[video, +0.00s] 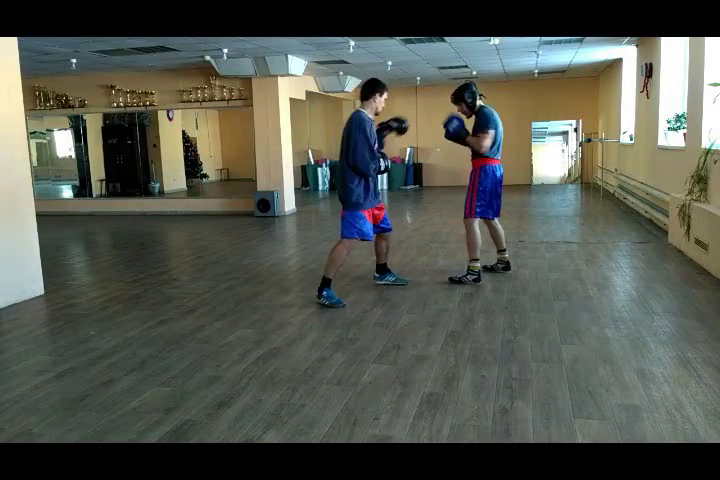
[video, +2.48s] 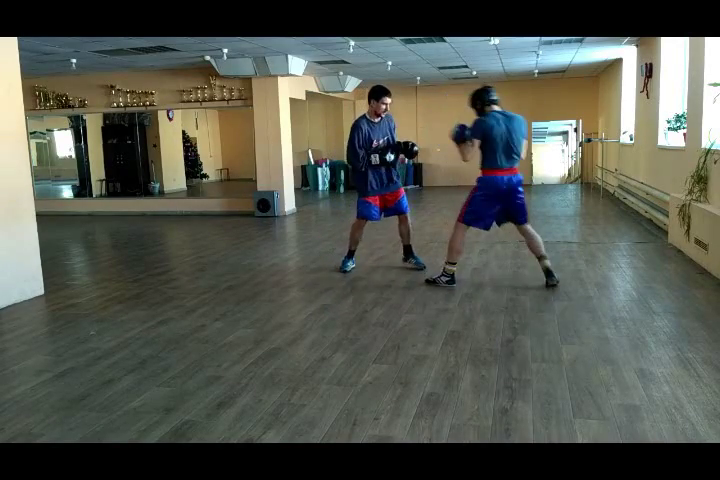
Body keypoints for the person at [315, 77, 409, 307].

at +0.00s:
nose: (384, 104)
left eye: (385, 100)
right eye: (384, 99)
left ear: (371, 97)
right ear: (375, 97)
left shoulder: (366, 121)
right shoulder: (360, 121)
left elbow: (370, 148)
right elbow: (361, 162)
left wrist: (384, 131)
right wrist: (383, 163)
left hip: (369, 191)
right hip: (356, 193)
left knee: (384, 231)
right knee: (349, 239)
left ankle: (382, 271)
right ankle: (324, 288)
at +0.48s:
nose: (383, 103)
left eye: (384, 98)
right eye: (382, 97)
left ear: (370, 95)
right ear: (371, 94)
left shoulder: (375, 118)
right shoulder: (352, 118)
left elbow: (392, 120)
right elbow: (346, 158)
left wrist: (409, 110)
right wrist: (372, 158)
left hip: (367, 184)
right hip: (350, 186)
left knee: (375, 228)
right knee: (346, 231)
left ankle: (381, 272)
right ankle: (319, 267)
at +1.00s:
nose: (385, 106)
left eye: (387, 102)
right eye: (383, 101)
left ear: (380, 102)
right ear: (372, 100)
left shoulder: (382, 123)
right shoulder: (353, 124)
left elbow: (389, 141)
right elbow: (344, 161)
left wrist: (407, 121)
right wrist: (373, 162)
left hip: (375, 188)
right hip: (351, 189)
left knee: (386, 224)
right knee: (336, 229)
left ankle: (388, 265)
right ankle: (317, 272)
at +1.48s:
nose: (384, 104)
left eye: (385, 100)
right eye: (382, 100)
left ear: (375, 100)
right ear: (370, 98)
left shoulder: (383, 119)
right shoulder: (350, 121)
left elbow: (394, 139)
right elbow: (344, 155)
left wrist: (409, 123)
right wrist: (371, 156)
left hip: (378, 182)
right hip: (354, 184)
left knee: (385, 223)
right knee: (345, 222)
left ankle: (390, 263)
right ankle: (332, 260)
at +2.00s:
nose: (404, 112)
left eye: (406, 108)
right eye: (402, 107)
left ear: (401, 108)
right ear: (389, 104)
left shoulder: (402, 125)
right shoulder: (372, 125)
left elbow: (423, 120)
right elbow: (356, 153)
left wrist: (443, 113)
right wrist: (381, 163)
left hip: (391, 183)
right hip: (369, 184)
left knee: (401, 219)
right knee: (358, 219)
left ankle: (406, 260)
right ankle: (339, 257)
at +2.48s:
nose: (387, 108)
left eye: (388, 104)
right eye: (384, 104)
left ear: (388, 103)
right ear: (372, 102)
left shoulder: (388, 121)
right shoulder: (360, 126)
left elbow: (391, 147)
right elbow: (355, 158)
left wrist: (403, 151)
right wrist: (382, 157)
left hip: (390, 178)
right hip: (369, 181)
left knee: (403, 214)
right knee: (362, 219)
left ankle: (408, 254)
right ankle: (349, 257)